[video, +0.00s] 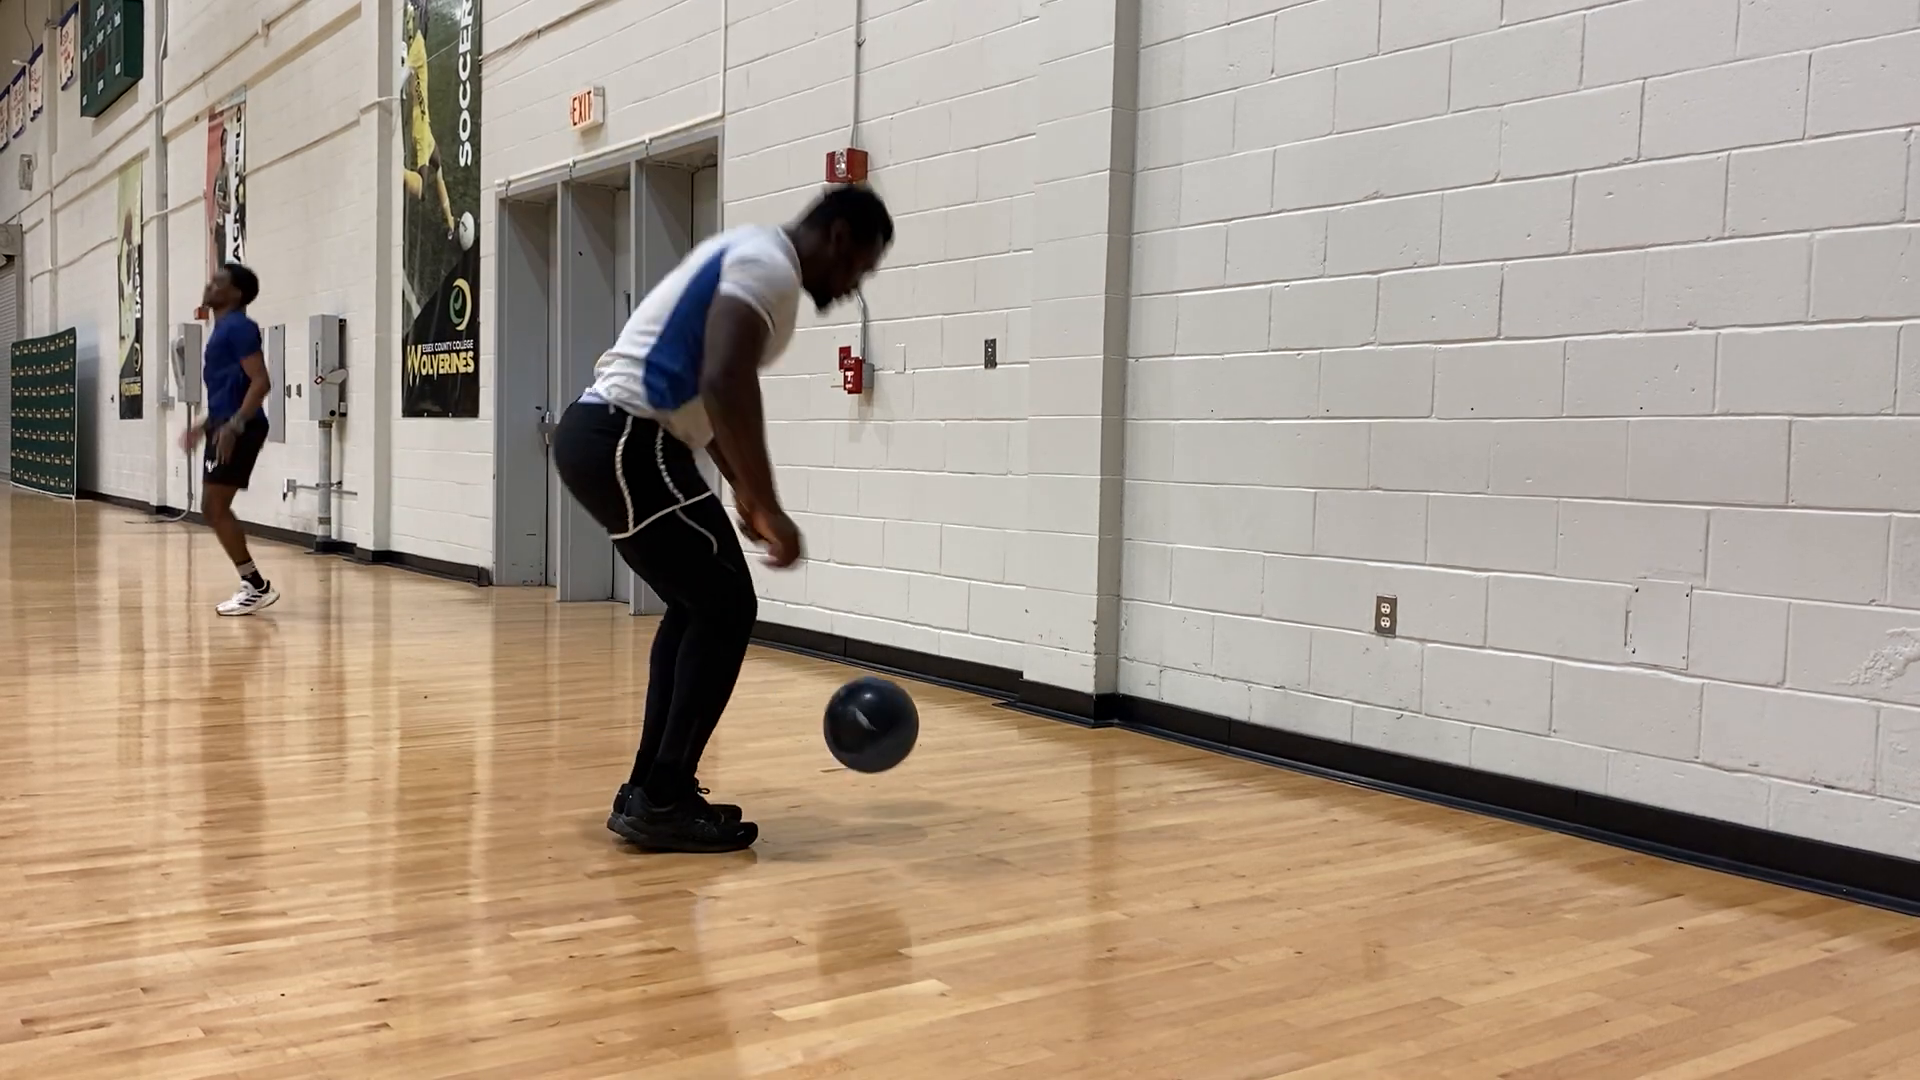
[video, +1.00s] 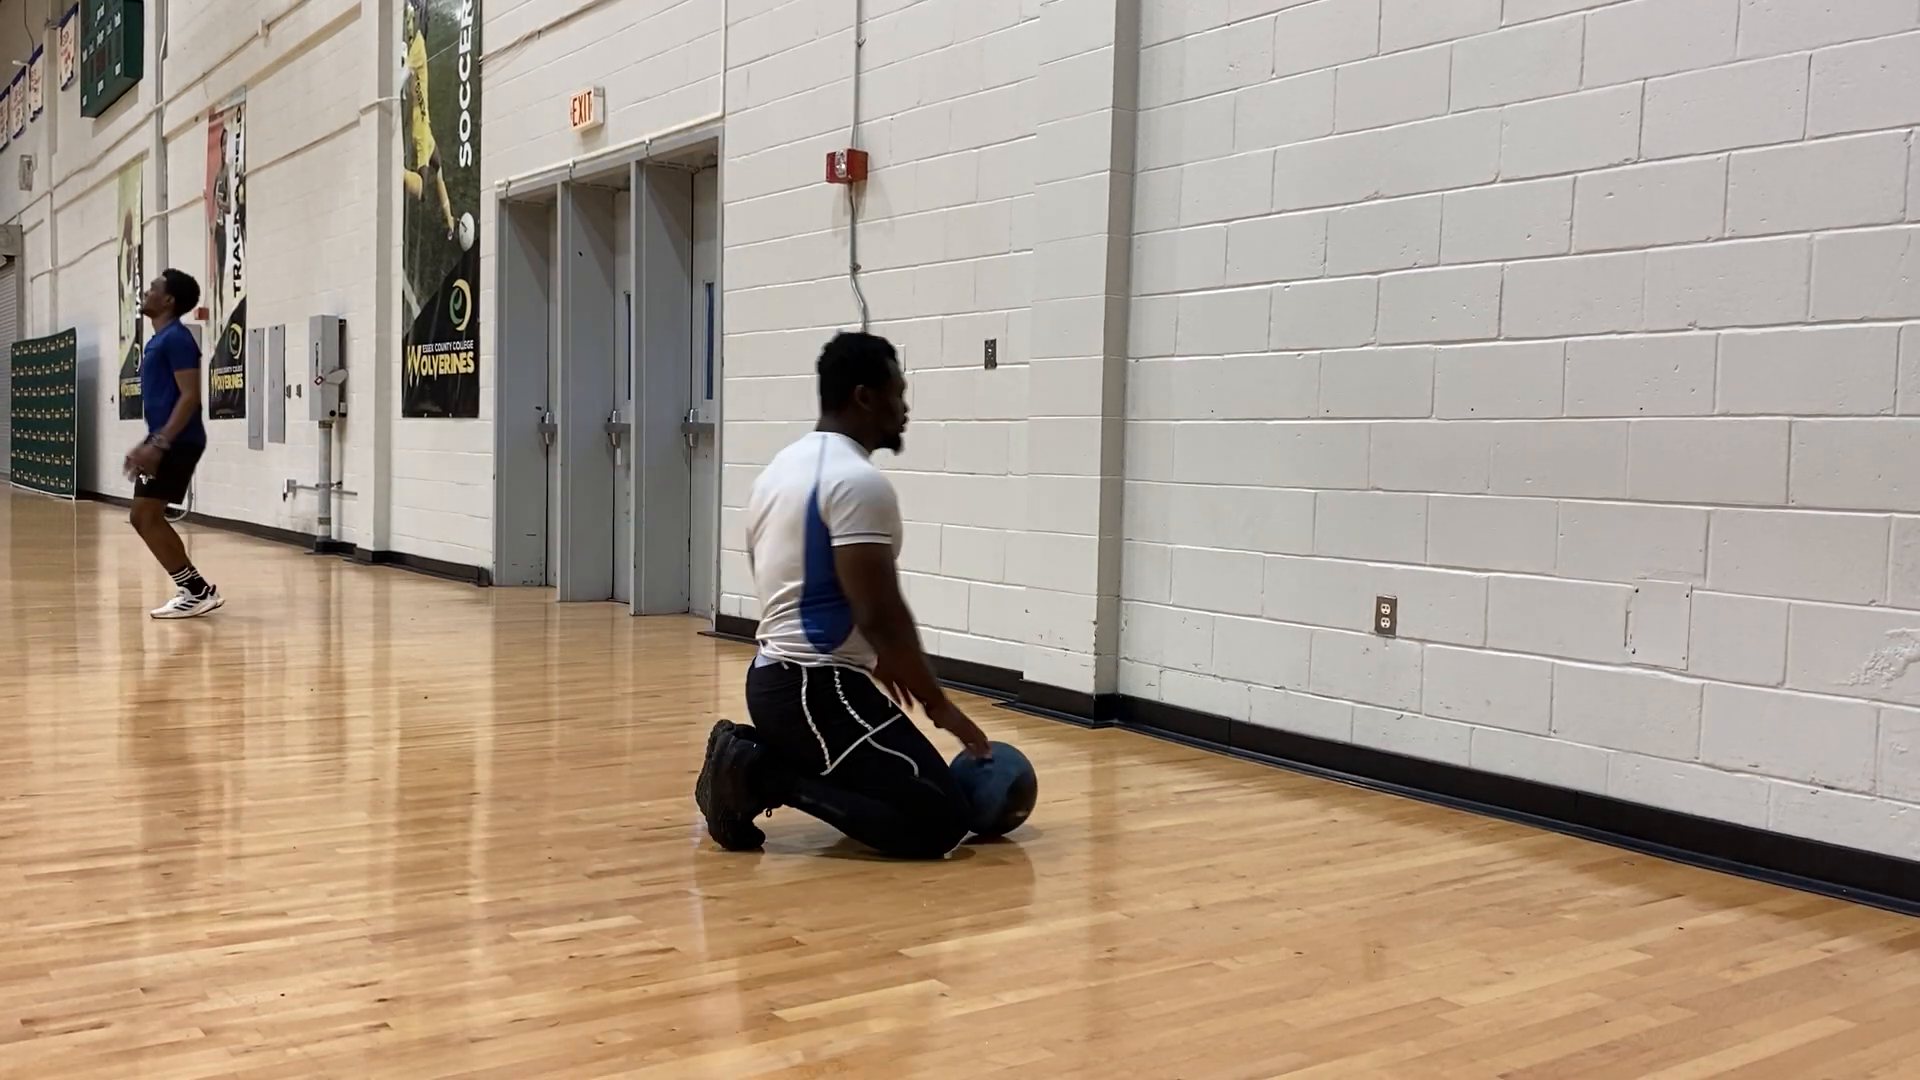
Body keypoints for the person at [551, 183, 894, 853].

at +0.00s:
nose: (858, 283)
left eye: (868, 271)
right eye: (863, 264)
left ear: (825, 229)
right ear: (835, 235)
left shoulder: (748, 252)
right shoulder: (767, 261)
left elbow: (705, 397)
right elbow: (725, 376)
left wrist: (745, 491)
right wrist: (765, 500)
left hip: (607, 433)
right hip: (633, 440)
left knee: (695, 605)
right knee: (727, 608)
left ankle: (650, 789)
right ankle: (666, 798)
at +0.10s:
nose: (870, 364)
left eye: (879, 350)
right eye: (875, 345)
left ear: (840, 309)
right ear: (851, 316)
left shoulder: (768, 320)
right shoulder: (784, 331)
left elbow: (745, 473)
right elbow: (761, 461)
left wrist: (794, 562)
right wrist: (827, 567)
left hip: (595, 463)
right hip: (613, 468)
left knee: (716, 609)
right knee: (739, 611)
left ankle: (653, 790)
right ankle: (663, 800)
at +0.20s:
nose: (873, 428)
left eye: (882, 415)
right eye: (877, 411)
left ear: (838, 374)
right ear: (851, 382)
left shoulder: (780, 393)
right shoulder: (797, 410)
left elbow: (794, 545)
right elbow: (804, 546)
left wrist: (842, 632)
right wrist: (867, 644)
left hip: (588, 509)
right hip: (607, 517)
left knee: (741, 619)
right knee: (761, 624)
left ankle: (655, 789)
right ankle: (667, 800)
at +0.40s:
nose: (874, 489)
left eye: (882, 475)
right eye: (878, 470)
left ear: (827, 445)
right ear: (845, 450)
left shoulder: (775, 470)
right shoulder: (809, 489)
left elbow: (812, 615)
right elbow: (845, 616)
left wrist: (869, 701)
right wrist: (905, 709)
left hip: (611, 607)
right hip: (627, 617)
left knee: (798, 650)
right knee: (800, 662)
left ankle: (664, 783)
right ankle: (673, 792)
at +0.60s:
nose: (847, 458)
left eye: (849, 444)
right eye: (843, 442)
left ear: (797, 430)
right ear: (805, 430)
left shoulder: (751, 476)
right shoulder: (782, 494)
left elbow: (816, 622)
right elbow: (845, 614)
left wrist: (895, 693)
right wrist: (929, 677)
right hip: (700, 686)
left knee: (867, 688)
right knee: (881, 718)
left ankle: (700, 766)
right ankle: (704, 779)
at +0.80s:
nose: (853, 423)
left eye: (854, 409)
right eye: (848, 407)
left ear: (799, 399)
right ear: (810, 401)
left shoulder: (744, 454)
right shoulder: (796, 468)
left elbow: (784, 603)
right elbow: (800, 605)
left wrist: (860, 653)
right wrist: (876, 680)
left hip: (743, 682)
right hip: (782, 690)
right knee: (928, 801)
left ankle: (735, 766)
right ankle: (738, 775)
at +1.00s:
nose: (907, 409)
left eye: (904, 394)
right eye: (899, 393)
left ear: (854, 397)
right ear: (864, 398)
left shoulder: (783, 467)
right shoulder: (855, 480)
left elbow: (801, 592)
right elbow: (881, 618)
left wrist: (876, 654)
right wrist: (943, 709)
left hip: (780, 684)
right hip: (819, 690)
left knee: (922, 791)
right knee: (938, 826)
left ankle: (750, 755)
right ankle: (761, 776)